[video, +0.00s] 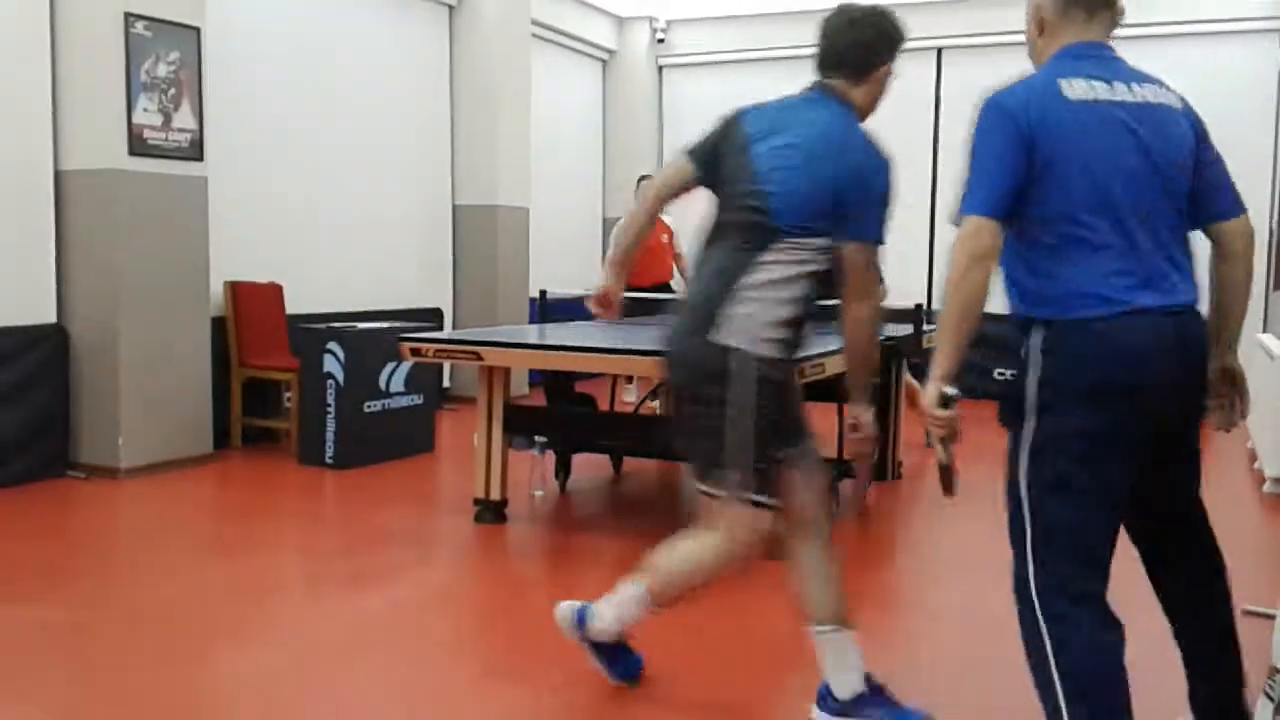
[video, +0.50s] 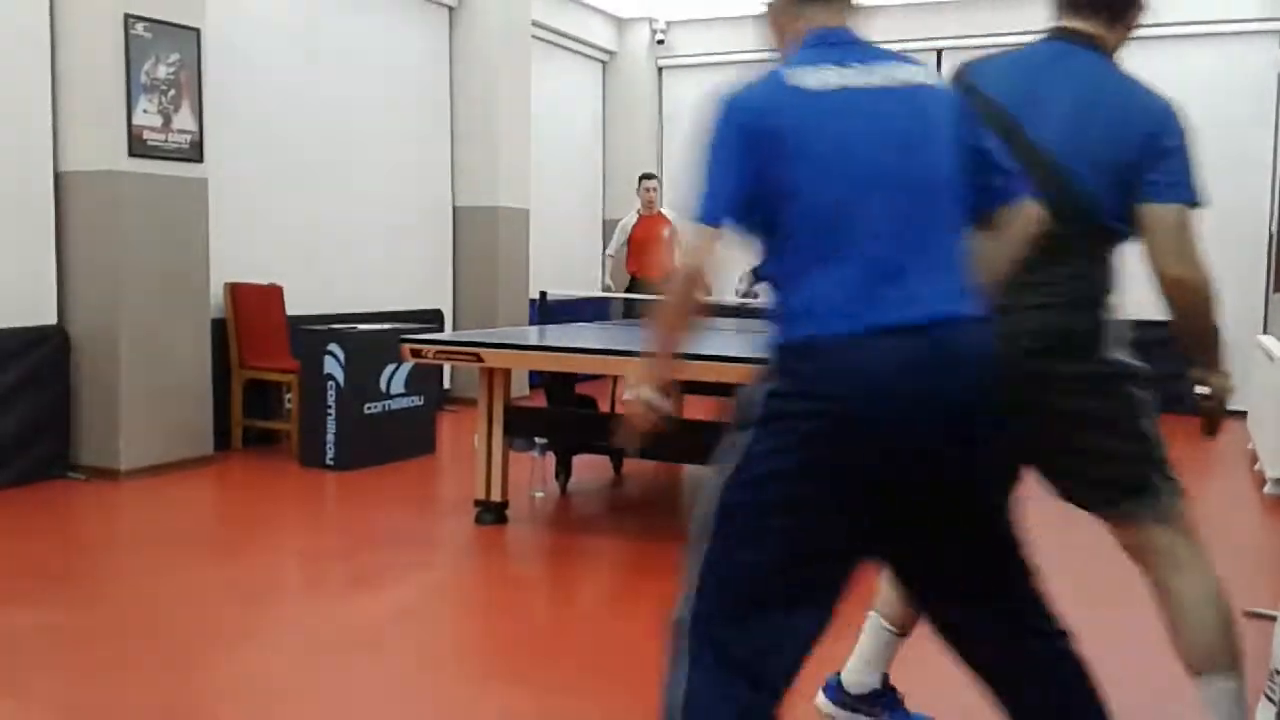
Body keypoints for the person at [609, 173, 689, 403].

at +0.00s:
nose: (650, 197)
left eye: (654, 191)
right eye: (644, 192)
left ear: (660, 196)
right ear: (636, 196)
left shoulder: (665, 227)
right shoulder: (626, 226)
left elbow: (678, 256)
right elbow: (613, 258)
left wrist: (689, 281)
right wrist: (613, 285)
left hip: (661, 289)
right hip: (633, 290)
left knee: (659, 342)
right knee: (629, 341)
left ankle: (655, 392)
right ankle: (626, 386)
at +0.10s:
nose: (647, 201)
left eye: (651, 196)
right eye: (643, 196)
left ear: (656, 199)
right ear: (634, 199)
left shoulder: (665, 228)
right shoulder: (623, 230)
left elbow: (675, 259)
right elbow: (608, 261)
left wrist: (685, 286)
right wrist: (600, 288)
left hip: (660, 294)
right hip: (630, 294)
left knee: (659, 344)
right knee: (629, 343)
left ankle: (656, 392)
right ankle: (630, 387)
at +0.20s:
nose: (646, 198)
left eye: (650, 194)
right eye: (641, 193)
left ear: (654, 197)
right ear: (632, 197)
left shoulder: (664, 224)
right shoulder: (621, 227)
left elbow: (675, 255)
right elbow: (604, 259)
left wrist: (686, 285)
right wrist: (599, 284)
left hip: (661, 290)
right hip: (631, 291)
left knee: (663, 338)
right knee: (629, 338)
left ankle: (661, 387)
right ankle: (631, 384)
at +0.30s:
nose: (646, 198)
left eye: (650, 193)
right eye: (641, 193)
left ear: (655, 196)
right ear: (633, 196)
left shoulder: (666, 223)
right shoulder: (622, 226)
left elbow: (677, 254)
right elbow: (604, 257)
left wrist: (688, 284)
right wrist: (601, 282)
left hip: (661, 288)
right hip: (632, 289)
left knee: (664, 337)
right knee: (629, 338)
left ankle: (668, 388)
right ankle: (631, 386)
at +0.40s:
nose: (648, 193)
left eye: (652, 189)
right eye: (644, 189)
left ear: (657, 191)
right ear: (635, 191)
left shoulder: (668, 218)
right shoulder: (624, 222)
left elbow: (681, 248)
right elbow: (607, 252)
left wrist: (695, 277)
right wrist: (603, 276)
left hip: (663, 284)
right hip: (634, 284)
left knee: (664, 333)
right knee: (630, 333)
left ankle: (668, 382)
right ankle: (631, 383)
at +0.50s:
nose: (651, 195)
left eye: (655, 190)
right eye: (646, 190)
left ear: (659, 193)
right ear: (638, 193)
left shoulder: (670, 219)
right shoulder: (628, 223)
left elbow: (679, 247)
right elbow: (610, 253)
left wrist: (678, 268)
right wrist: (606, 278)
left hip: (667, 285)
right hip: (639, 285)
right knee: (631, 334)